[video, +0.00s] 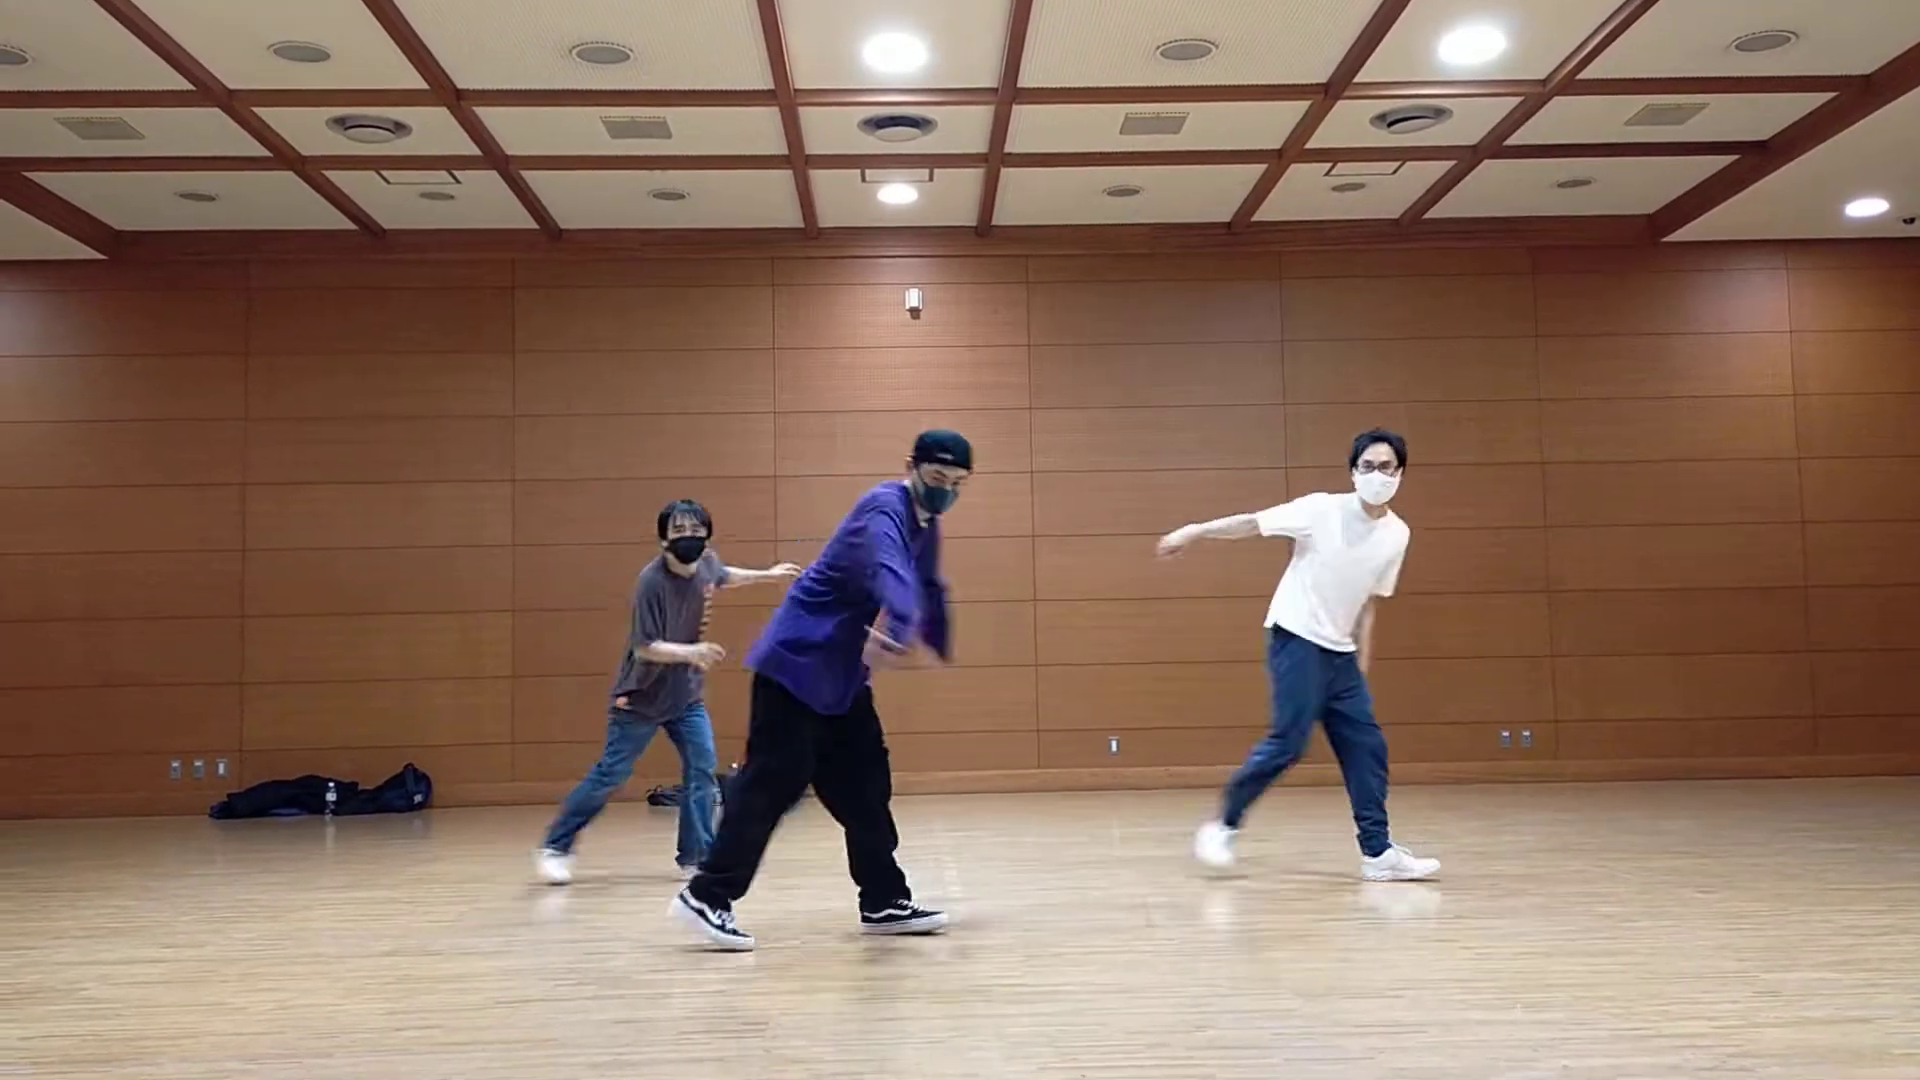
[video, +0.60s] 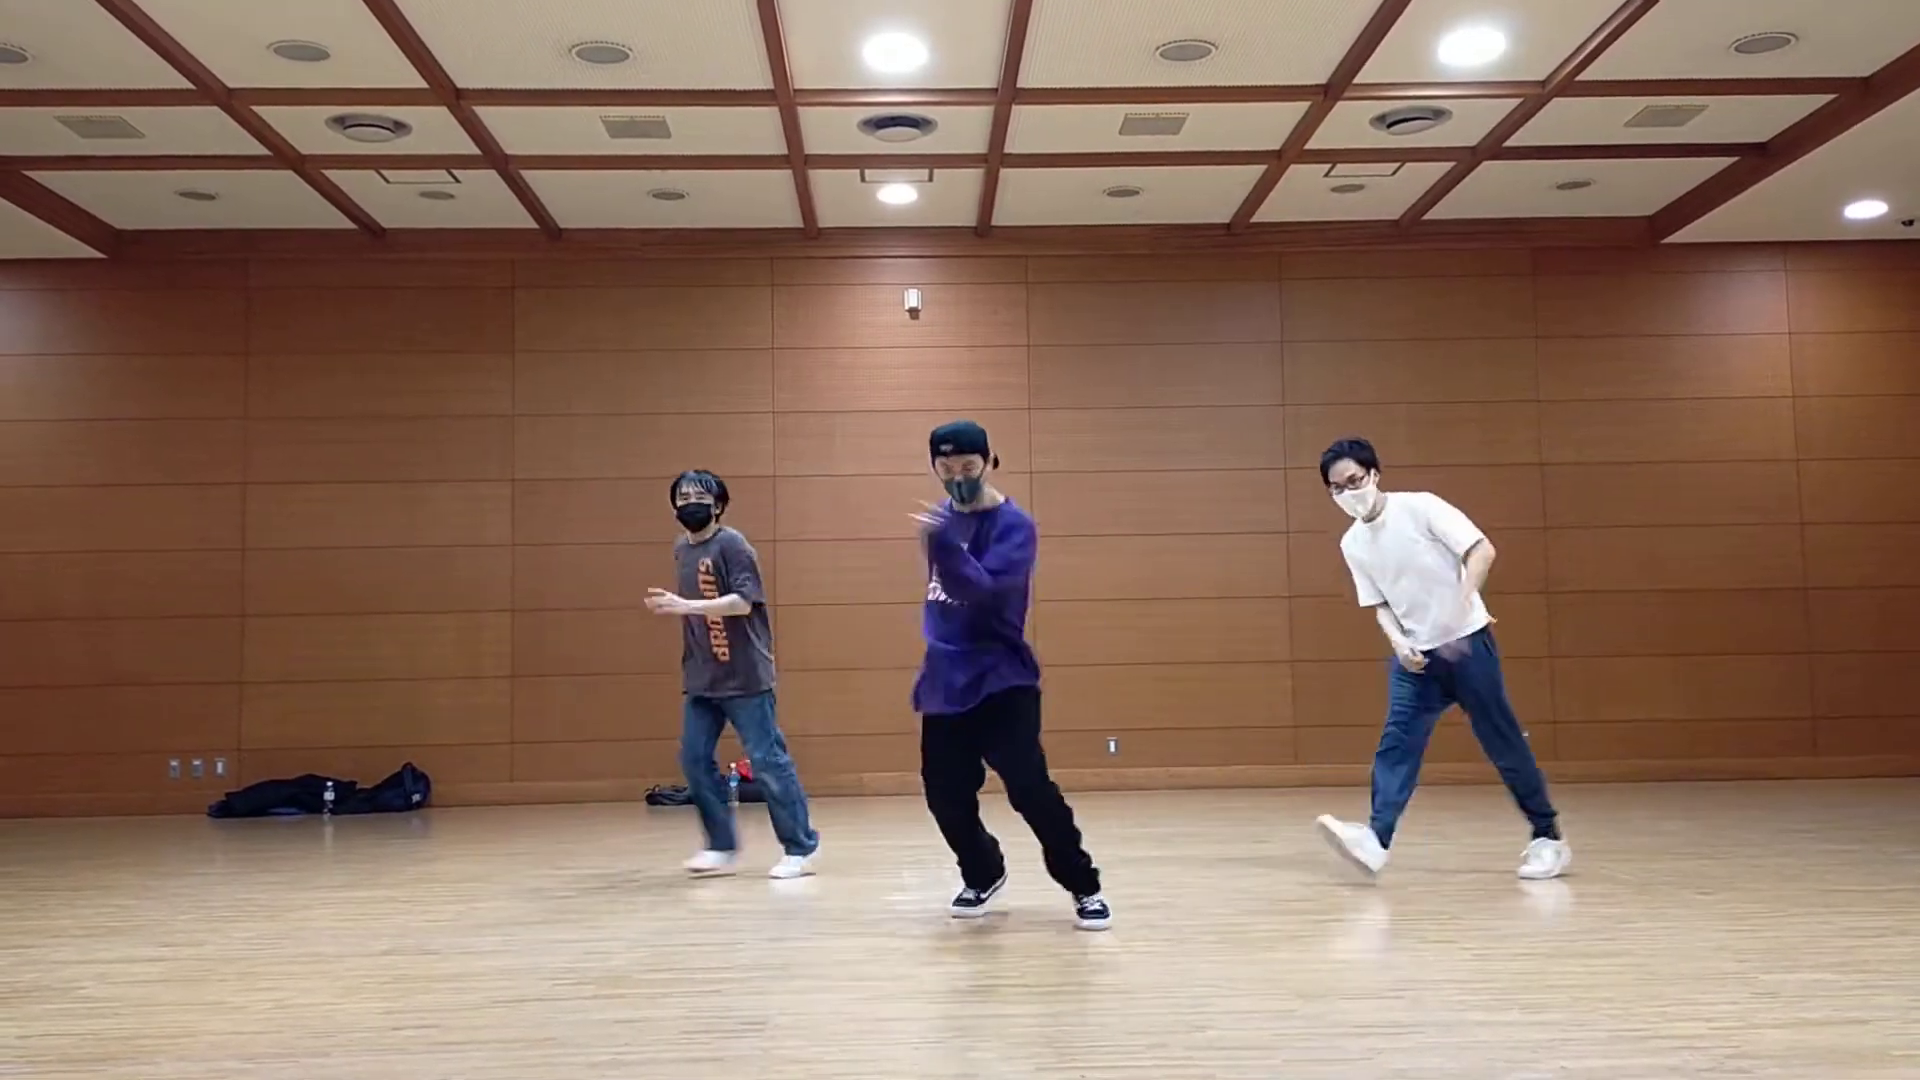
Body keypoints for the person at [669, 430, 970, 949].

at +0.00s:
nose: (946, 488)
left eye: (957, 481)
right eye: (938, 475)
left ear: (964, 484)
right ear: (914, 467)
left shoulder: (926, 523)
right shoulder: (883, 510)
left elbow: (931, 583)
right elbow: (888, 569)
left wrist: (938, 637)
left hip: (841, 672)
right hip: (794, 665)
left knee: (865, 787)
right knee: (773, 781)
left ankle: (883, 903)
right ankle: (705, 896)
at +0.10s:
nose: (964, 486)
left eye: (974, 479)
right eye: (955, 475)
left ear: (983, 482)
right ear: (932, 468)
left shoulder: (958, 532)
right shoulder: (892, 502)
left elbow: (972, 578)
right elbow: (827, 527)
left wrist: (996, 605)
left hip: (876, 664)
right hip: (827, 656)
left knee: (888, 785)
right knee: (831, 780)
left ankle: (885, 904)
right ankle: (767, 876)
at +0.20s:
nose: (969, 489)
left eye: (980, 480)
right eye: (960, 476)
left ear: (992, 476)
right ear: (940, 463)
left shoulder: (980, 532)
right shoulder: (891, 486)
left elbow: (1018, 578)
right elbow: (795, 481)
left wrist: (1056, 622)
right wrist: (721, 521)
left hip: (914, 669)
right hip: (856, 661)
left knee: (914, 783)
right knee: (877, 780)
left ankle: (886, 898)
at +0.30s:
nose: (970, 486)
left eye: (980, 477)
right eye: (960, 474)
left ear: (993, 476)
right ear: (942, 467)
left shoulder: (994, 536)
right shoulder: (895, 491)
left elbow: (1039, 592)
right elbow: (812, 491)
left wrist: (1095, 632)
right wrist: (764, 550)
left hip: (948, 672)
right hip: (880, 670)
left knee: (964, 778)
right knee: (911, 787)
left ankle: (918, 885)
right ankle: (954, 882)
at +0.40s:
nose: (965, 492)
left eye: (976, 483)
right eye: (955, 481)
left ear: (992, 485)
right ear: (941, 480)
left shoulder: (997, 552)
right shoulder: (905, 518)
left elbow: (1045, 623)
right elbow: (858, 561)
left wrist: (1090, 637)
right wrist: (851, 612)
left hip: (975, 681)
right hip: (910, 686)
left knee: (995, 770)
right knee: (942, 794)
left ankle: (991, 868)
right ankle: (982, 880)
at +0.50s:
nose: (967, 495)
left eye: (978, 485)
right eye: (957, 485)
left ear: (994, 485)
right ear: (942, 485)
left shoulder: (1009, 552)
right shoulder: (923, 529)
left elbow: (1019, 637)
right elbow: (916, 604)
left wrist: (1041, 596)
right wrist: (912, 669)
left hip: (983, 687)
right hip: (925, 688)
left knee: (1014, 773)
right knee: (946, 800)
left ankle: (1060, 873)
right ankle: (980, 881)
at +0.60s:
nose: (955, 472)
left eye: (965, 461)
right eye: (945, 464)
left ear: (987, 463)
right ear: (936, 470)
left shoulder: (1014, 525)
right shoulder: (942, 524)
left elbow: (986, 592)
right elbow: (944, 604)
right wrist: (935, 669)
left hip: (1002, 677)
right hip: (946, 677)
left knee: (1028, 788)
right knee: (945, 793)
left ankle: (1083, 886)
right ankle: (985, 873)